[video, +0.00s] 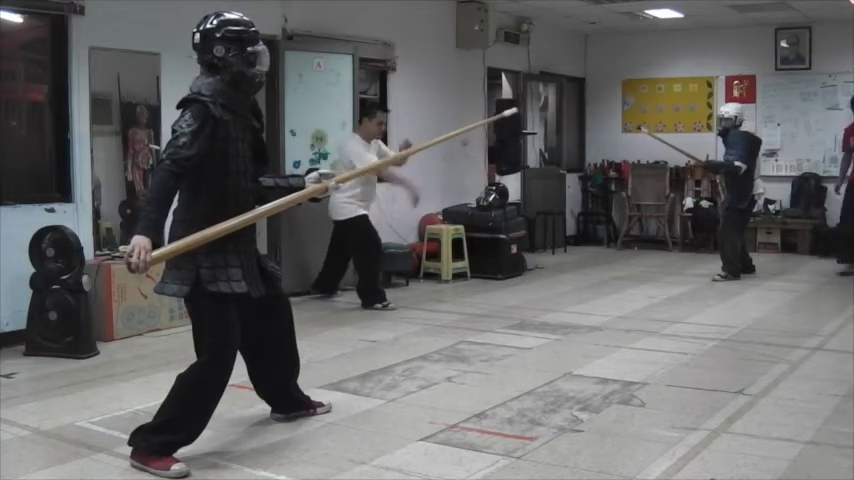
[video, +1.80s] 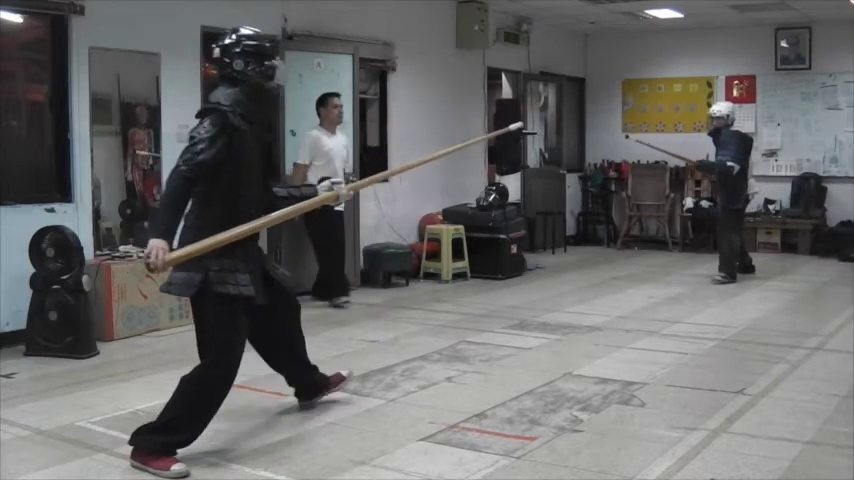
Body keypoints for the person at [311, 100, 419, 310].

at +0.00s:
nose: (383, 129)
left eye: (383, 125)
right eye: (379, 124)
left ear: (372, 124)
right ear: (364, 123)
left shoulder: (375, 144)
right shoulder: (352, 145)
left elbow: (396, 161)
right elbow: (378, 171)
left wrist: (404, 152)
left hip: (359, 206)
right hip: (345, 206)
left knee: (340, 250)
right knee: (370, 245)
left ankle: (323, 287)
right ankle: (371, 298)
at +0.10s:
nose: (381, 130)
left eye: (382, 126)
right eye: (377, 125)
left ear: (368, 127)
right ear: (362, 124)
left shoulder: (371, 150)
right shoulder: (351, 145)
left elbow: (389, 165)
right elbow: (381, 148)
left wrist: (405, 178)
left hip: (356, 208)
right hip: (345, 208)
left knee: (338, 251)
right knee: (371, 246)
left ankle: (322, 288)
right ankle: (372, 299)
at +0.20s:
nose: (380, 128)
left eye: (381, 124)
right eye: (376, 124)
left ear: (376, 124)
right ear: (363, 123)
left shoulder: (373, 148)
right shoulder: (347, 142)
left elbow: (387, 169)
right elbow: (373, 130)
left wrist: (401, 183)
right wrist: (396, 110)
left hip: (357, 208)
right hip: (344, 209)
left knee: (337, 251)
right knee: (371, 246)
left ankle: (320, 287)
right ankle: (371, 298)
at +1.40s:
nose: (369, 118)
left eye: (369, 115)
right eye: (363, 115)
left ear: (367, 119)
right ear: (349, 119)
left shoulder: (361, 147)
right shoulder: (348, 140)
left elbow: (377, 173)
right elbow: (372, 145)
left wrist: (397, 187)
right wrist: (397, 132)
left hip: (351, 208)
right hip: (345, 208)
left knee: (356, 247)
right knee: (372, 244)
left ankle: (327, 282)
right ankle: (372, 297)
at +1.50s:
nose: (361, 118)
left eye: (362, 114)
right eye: (356, 114)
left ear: (362, 120)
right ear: (342, 120)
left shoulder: (346, 143)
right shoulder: (344, 144)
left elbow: (364, 175)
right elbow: (363, 172)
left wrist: (387, 186)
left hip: (344, 208)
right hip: (344, 208)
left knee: (357, 250)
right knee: (368, 247)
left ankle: (330, 283)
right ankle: (372, 298)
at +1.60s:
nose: (353, 116)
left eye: (354, 112)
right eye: (348, 112)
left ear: (354, 117)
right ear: (335, 118)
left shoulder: (350, 145)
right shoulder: (331, 144)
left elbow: (359, 179)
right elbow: (327, 179)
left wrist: (373, 204)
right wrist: (337, 210)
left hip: (351, 210)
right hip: (336, 211)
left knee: (350, 254)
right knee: (356, 254)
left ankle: (326, 289)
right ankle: (371, 297)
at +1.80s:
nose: (340, 111)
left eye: (341, 107)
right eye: (335, 107)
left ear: (340, 111)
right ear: (322, 112)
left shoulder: (342, 139)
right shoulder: (313, 137)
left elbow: (344, 169)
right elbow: (300, 169)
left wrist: (348, 190)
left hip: (337, 202)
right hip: (316, 203)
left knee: (335, 247)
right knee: (328, 247)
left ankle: (321, 289)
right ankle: (337, 293)